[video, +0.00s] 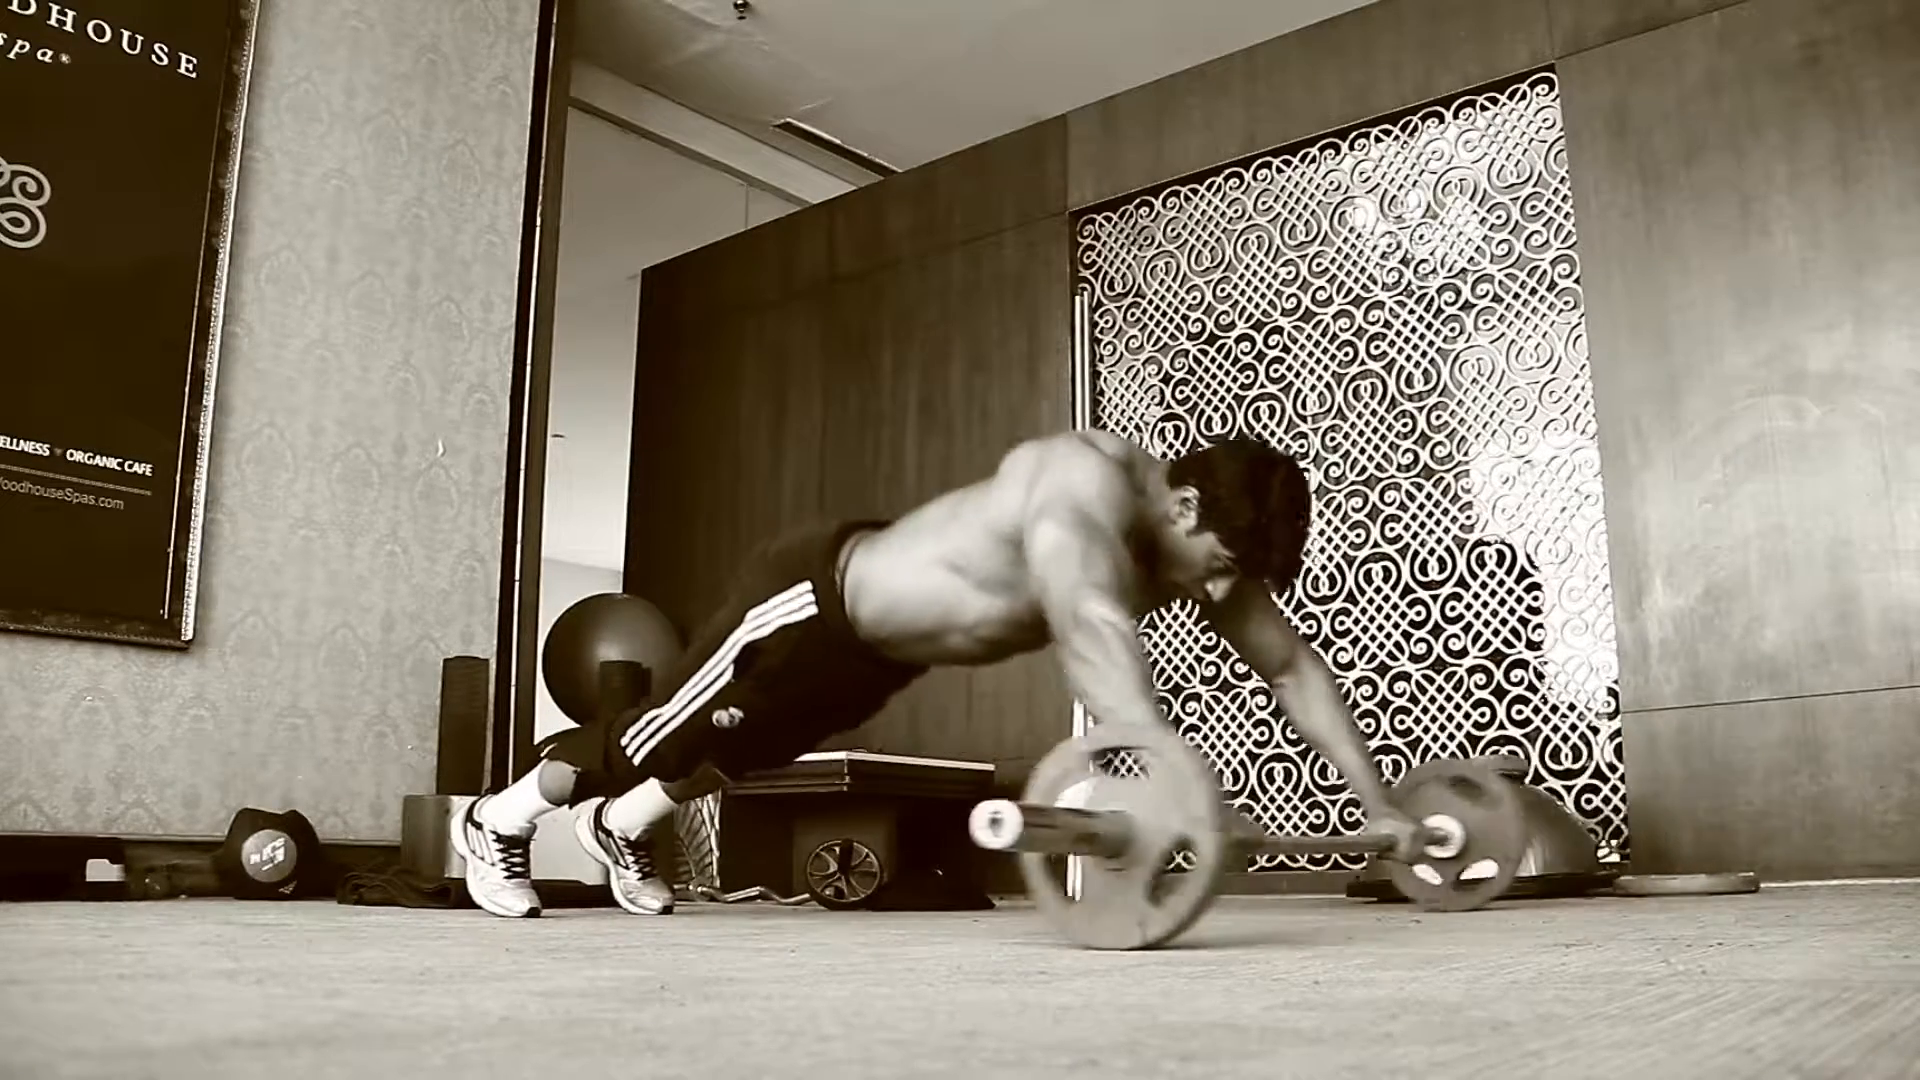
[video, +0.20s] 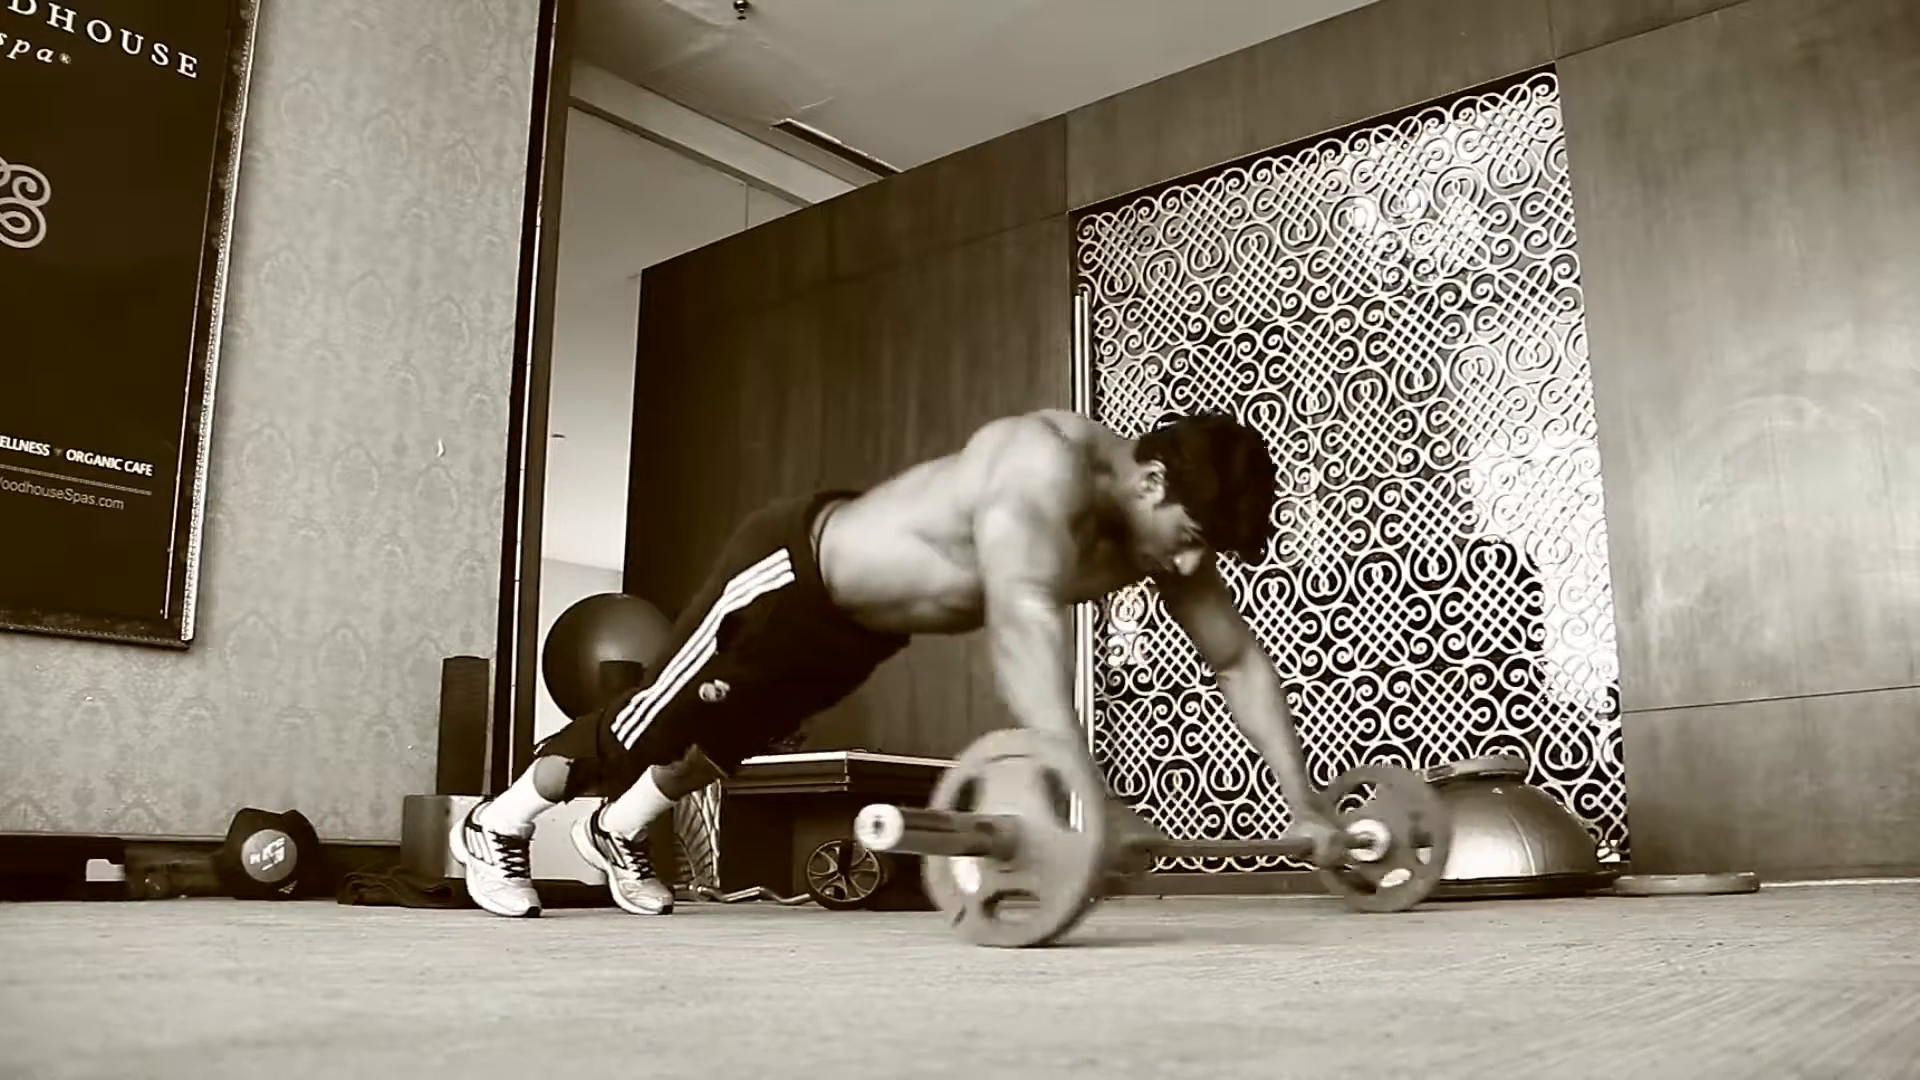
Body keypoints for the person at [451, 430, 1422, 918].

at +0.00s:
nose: (1208, 591)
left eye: (1226, 579)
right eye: (1215, 569)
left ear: (1209, 521)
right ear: (1191, 507)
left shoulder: (1177, 534)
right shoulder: (1075, 487)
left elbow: (1290, 665)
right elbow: (1086, 625)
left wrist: (1372, 793)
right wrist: (1156, 750)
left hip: (887, 645)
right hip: (823, 612)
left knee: (751, 738)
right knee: (657, 737)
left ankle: (618, 821)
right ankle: (495, 821)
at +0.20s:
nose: (1191, 559)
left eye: (1206, 548)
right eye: (1194, 537)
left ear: (1185, 506)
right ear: (1157, 484)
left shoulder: (1155, 528)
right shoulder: (1037, 464)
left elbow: (1236, 660)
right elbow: (1022, 619)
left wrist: (1305, 803)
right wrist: (1076, 789)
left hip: (862, 625)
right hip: (799, 576)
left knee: (737, 732)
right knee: (652, 719)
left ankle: (618, 828)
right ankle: (496, 822)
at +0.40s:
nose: (1147, 553)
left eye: (1161, 542)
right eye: (1149, 531)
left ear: (1151, 502)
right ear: (1111, 476)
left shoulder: (1114, 520)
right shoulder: (993, 464)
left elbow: (1184, 660)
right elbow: (964, 623)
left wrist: (1234, 808)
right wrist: (991, 787)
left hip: (842, 596)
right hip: (772, 540)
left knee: (721, 713)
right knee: (631, 699)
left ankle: (611, 838)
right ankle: (488, 832)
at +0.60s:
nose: (1092, 552)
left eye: (1108, 540)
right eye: (1093, 529)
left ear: (1104, 506)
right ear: (1055, 474)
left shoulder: (1070, 510)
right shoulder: (943, 469)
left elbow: (1132, 659)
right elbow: (905, 631)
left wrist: (1170, 808)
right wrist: (934, 799)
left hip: (817, 570)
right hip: (740, 517)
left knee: (701, 710)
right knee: (612, 695)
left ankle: (610, 843)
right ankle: (481, 836)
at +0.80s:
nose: (1049, 554)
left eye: (1066, 542)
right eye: (1047, 531)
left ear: (1074, 521)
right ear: (1008, 478)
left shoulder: (1030, 516)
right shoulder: (895, 471)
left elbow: (1083, 665)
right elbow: (853, 635)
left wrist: (1119, 810)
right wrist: (878, 803)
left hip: (790, 551)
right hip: (712, 499)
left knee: (691, 696)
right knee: (600, 682)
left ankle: (611, 843)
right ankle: (476, 844)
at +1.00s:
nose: (1006, 564)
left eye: (1024, 554)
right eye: (1003, 542)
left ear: (1042, 535)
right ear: (966, 491)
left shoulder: (990, 519)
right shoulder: (854, 478)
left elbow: (1043, 670)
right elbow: (813, 636)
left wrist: (1074, 815)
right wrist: (831, 804)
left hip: (766, 538)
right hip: (687, 480)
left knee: (676, 693)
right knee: (585, 677)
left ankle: (603, 850)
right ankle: (469, 852)